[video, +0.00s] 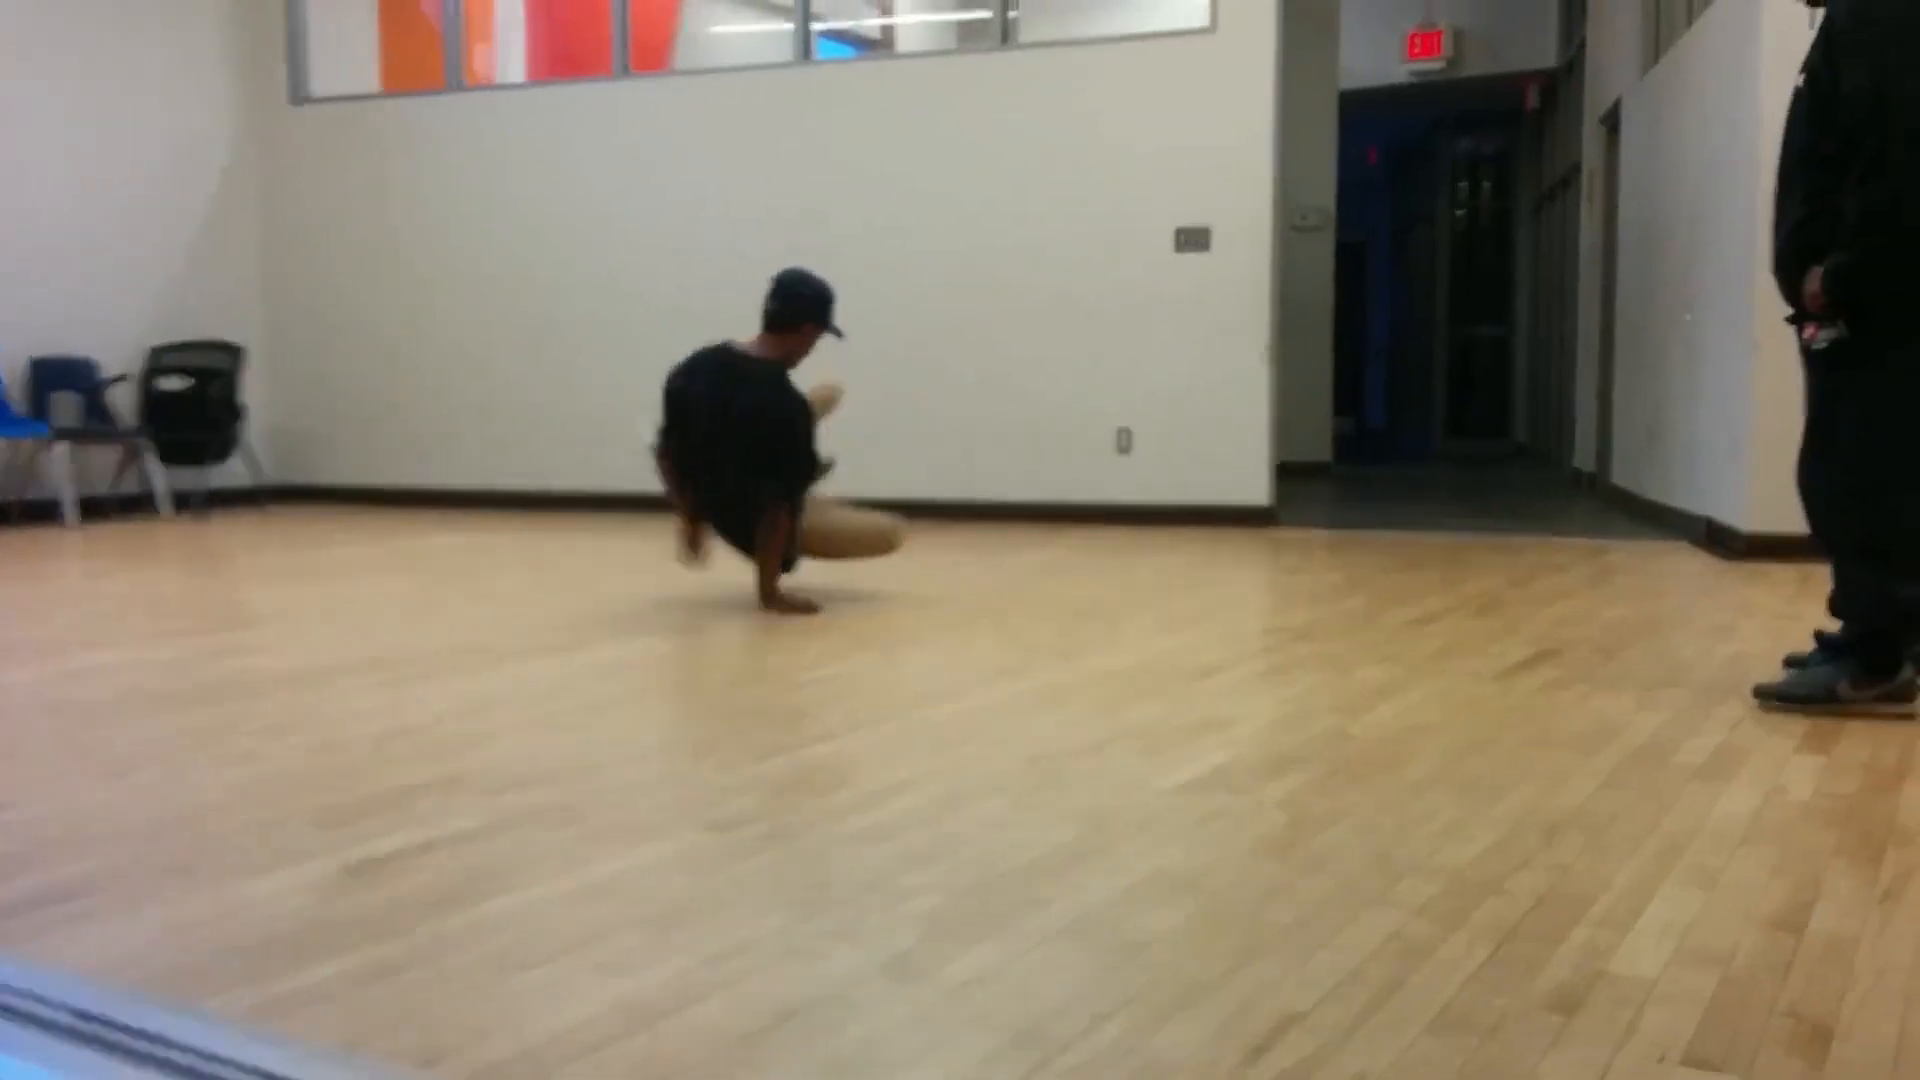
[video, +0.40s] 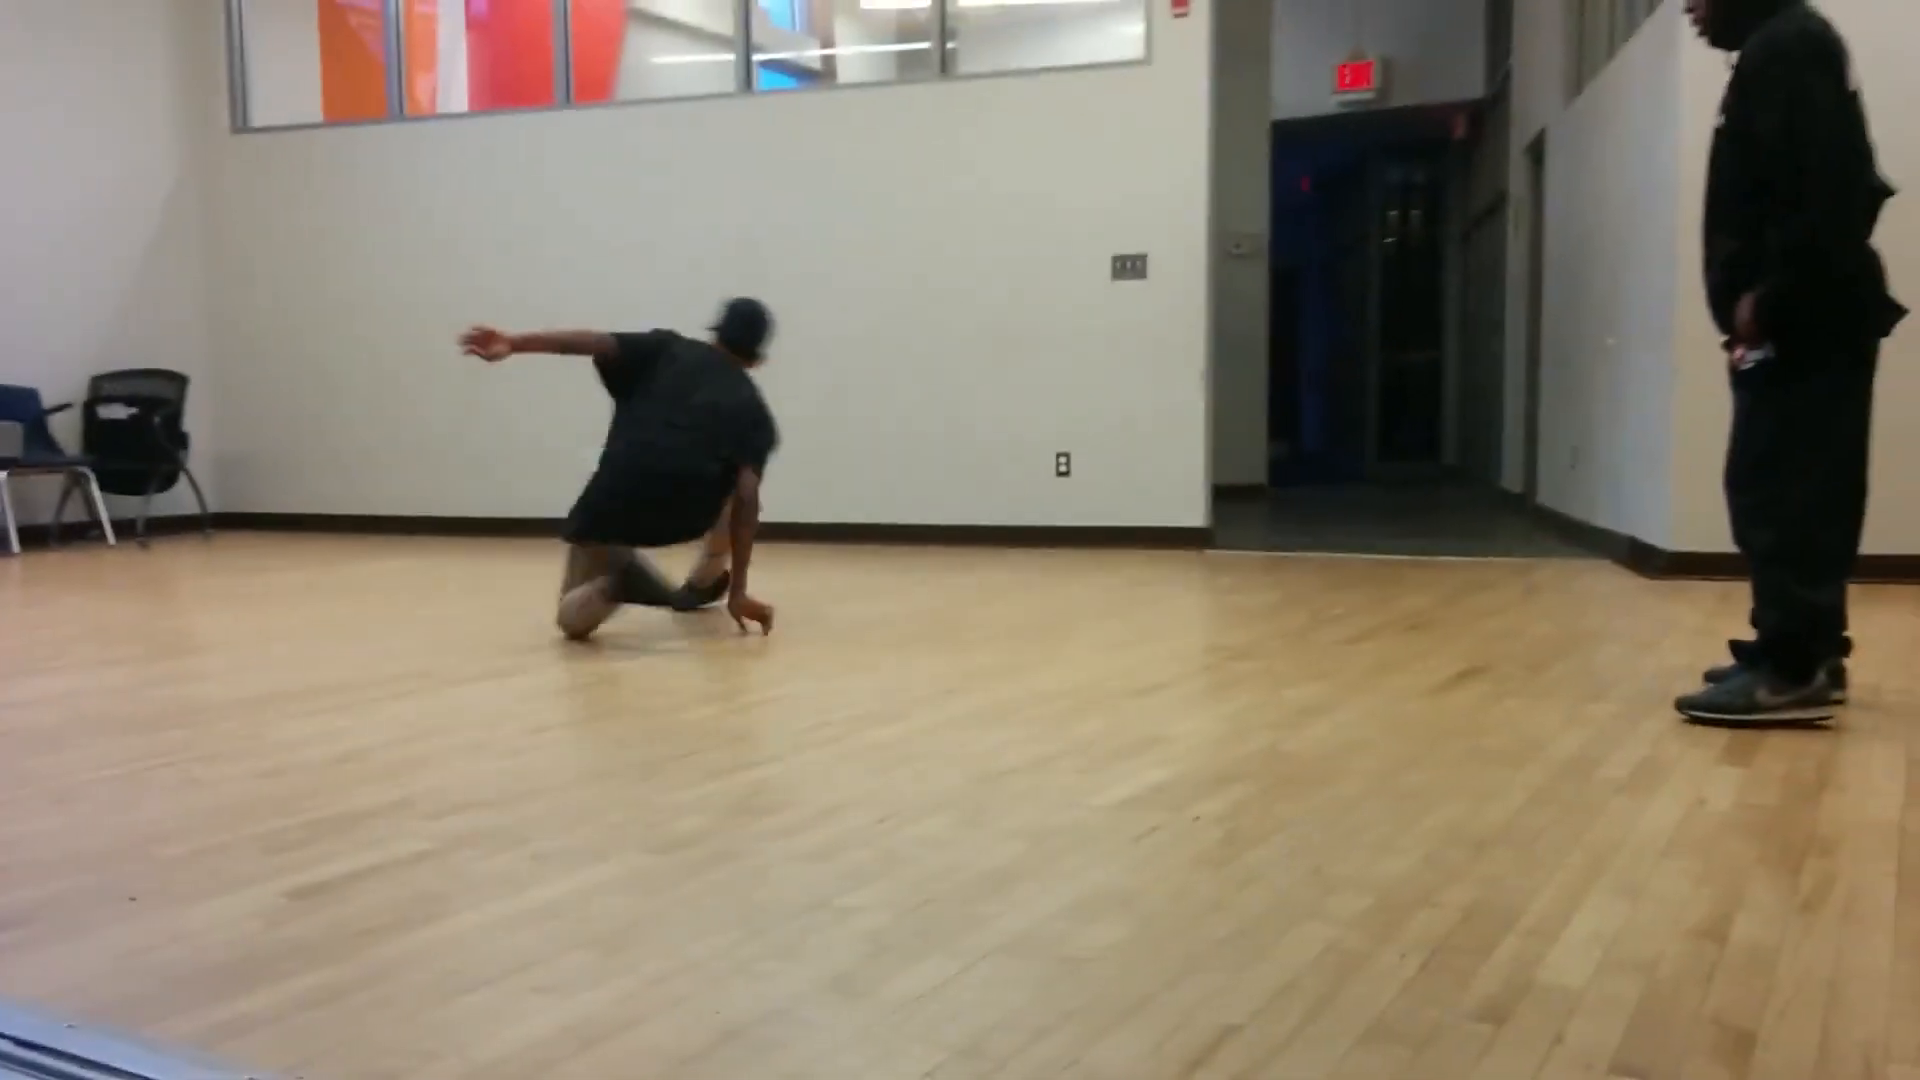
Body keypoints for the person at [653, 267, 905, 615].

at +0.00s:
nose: (812, 347)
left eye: (817, 338)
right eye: (816, 337)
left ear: (768, 316)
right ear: (804, 332)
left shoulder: (699, 365)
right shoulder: (789, 409)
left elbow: (669, 453)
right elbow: (778, 507)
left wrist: (690, 517)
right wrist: (769, 591)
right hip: (757, 523)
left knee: (830, 391)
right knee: (889, 533)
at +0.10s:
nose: (841, 361)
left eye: (846, 350)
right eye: (845, 350)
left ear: (800, 326)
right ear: (837, 351)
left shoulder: (724, 356)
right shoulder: (806, 427)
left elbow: (642, 410)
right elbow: (772, 521)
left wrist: (613, 479)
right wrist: (758, 599)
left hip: (661, 497)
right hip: (718, 532)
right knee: (822, 540)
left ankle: (619, 521)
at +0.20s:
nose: (853, 376)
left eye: (849, 360)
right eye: (856, 368)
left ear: (812, 339)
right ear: (849, 372)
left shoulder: (741, 348)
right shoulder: (810, 433)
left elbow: (645, 362)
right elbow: (763, 533)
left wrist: (563, 401)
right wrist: (743, 611)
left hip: (633, 476)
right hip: (687, 507)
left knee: (643, 570)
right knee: (788, 517)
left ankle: (524, 577)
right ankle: (734, 591)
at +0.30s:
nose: (816, 376)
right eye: (819, 370)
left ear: (780, 342)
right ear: (815, 375)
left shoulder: (709, 351)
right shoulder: (789, 432)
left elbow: (614, 344)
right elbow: (747, 526)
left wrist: (517, 354)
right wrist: (731, 609)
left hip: (614, 490)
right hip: (677, 504)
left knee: (596, 611)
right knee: (765, 514)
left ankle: (526, 593)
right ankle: (719, 589)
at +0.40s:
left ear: (716, 333)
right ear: (756, 358)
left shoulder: (664, 349)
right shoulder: (754, 410)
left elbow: (592, 343)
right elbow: (747, 499)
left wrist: (512, 342)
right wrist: (742, 593)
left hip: (614, 501)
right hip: (685, 513)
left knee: (570, 613)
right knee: (745, 480)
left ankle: (602, 593)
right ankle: (707, 576)